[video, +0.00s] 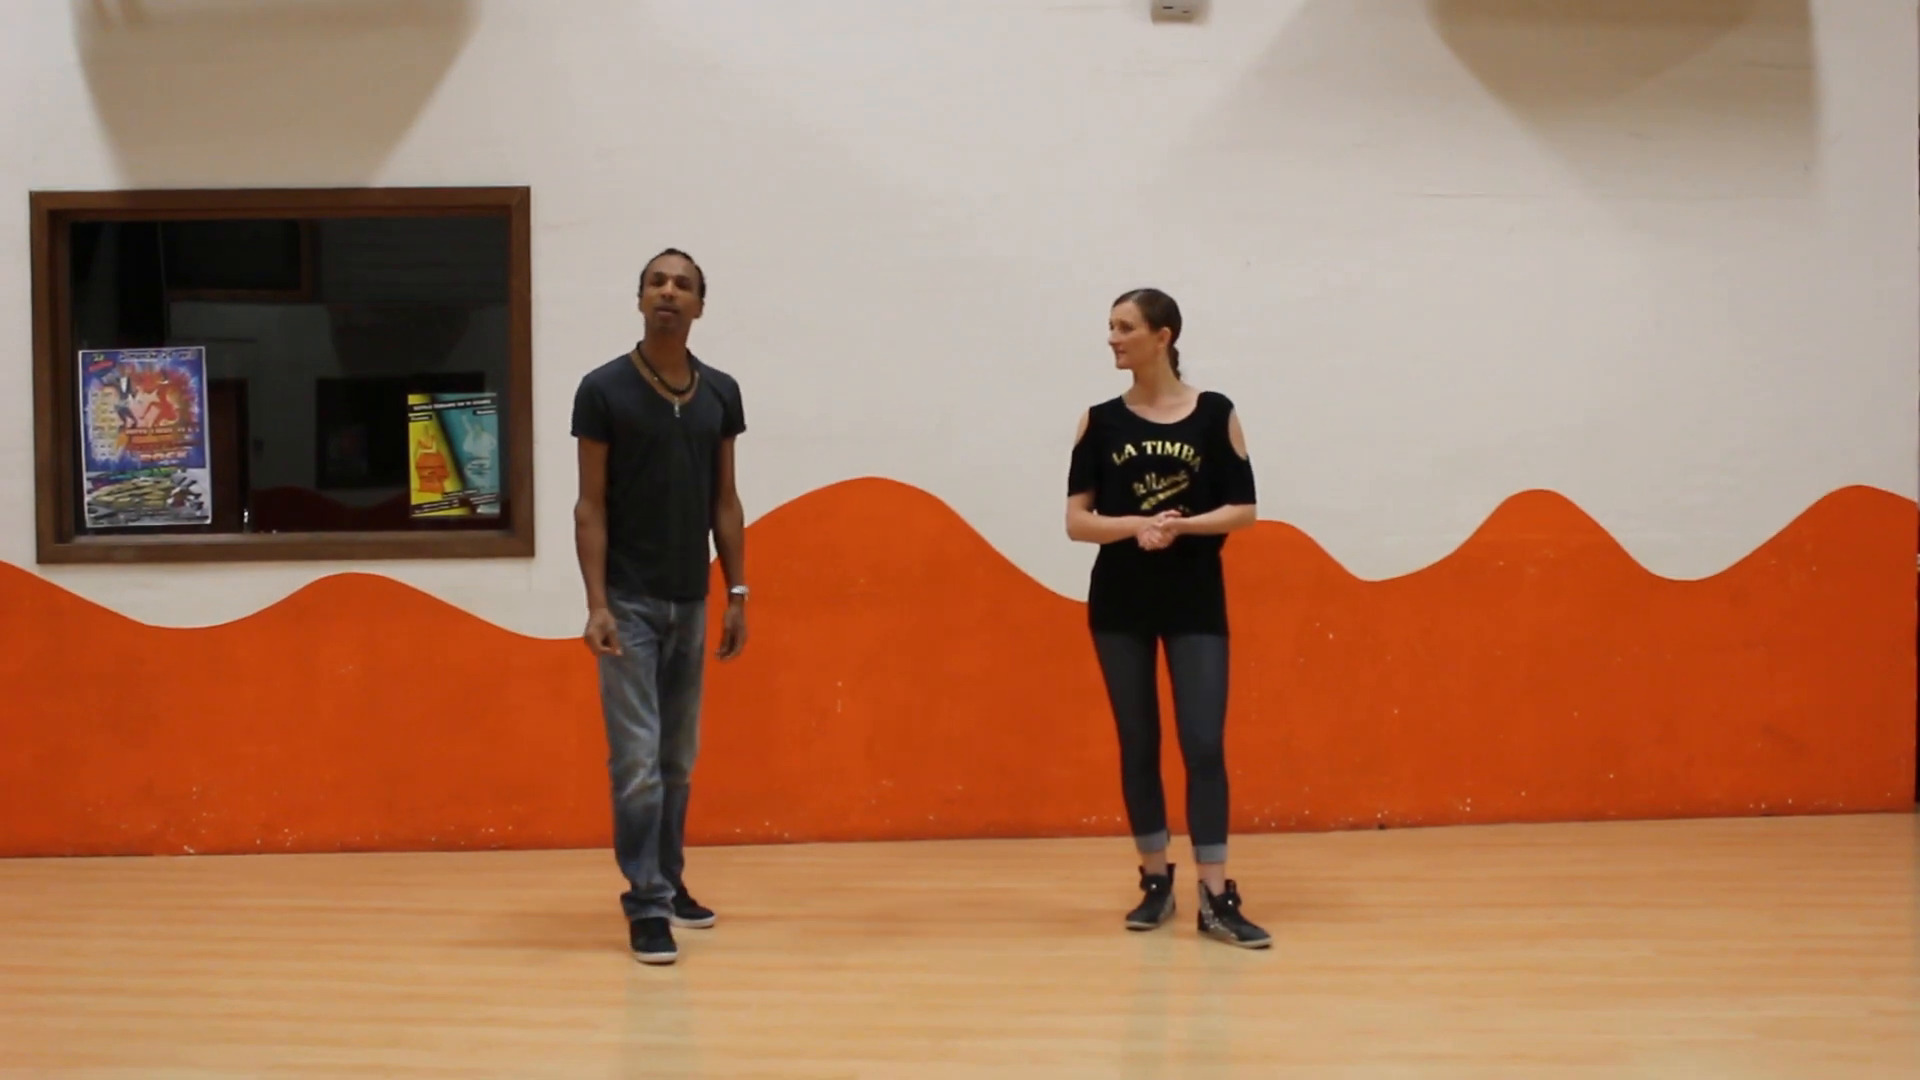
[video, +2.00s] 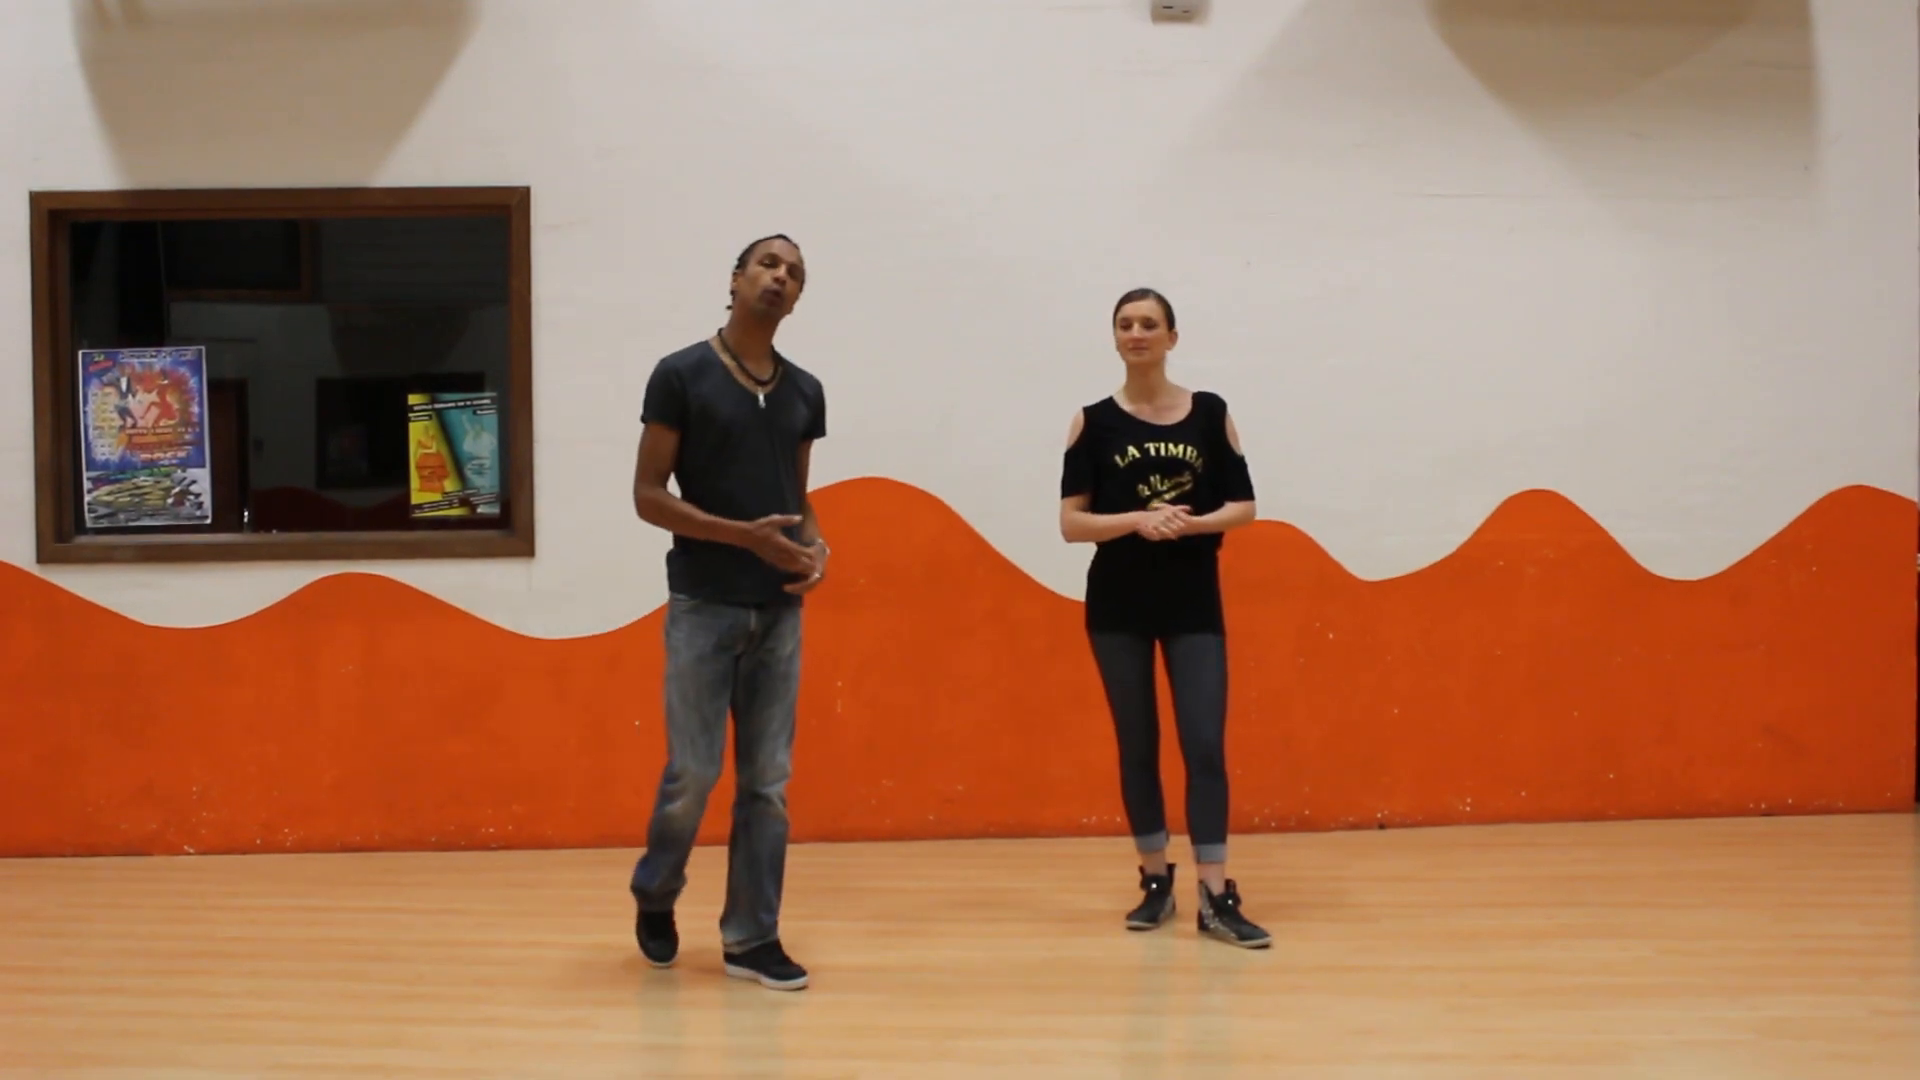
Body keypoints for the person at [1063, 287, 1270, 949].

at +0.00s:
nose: (1112, 339)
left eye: (1125, 328)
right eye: (1111, 329)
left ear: (1164, 334)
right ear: (1120, 339)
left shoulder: (1214, 412)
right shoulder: (1099, 421)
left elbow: (1243, 511)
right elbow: (1078, 521)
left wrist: (1183, 523)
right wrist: (1131, 527)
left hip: (1194, 600)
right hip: (1120, 601)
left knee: (1204, 746)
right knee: (1138, 745)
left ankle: (1216, 896)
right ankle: (1157, 882)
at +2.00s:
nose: (1136, 335)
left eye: (1148, 325)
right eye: (1126, 325)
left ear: (1172, 336)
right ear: (1113, 338)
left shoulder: (1208, 412)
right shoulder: (1092, 422)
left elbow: (1243, 506)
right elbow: (1072, 522)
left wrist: (1196, 522)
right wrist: (1134, 520)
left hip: (1192, 602)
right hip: (1118, 604)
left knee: (1204, 747)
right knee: (1138, 746)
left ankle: (1215, 896)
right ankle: (1157, 884)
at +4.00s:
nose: (1116, 327)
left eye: (1130, 318)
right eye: (1118, 317)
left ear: (1168, 332)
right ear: (1134, 331)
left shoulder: (1203, 411)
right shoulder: (1113, 415)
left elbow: (1232, 509)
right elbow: (1097, 499)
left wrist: (1145, 526)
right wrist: (1097, 519)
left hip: (1194, 598)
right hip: (1129, 598)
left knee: (1192, 740)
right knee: (1146, 742)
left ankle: (1214, 887)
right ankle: (1156, 884)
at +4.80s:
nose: (1161, 331)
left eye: (1173, 323)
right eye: (1163, 321)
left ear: (1212, 332)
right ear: (1198, 332)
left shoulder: (1227, 408)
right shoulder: (1187, 408)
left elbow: (1241, 512)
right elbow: (1197, 502)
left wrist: (1159, 524)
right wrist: (1155, 521)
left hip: (1238, 602)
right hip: (1199, 599)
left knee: (1238, 745)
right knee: (1177, 745)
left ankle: (1252, 888)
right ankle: (1158, 888)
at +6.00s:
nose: (1195, 337)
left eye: (1207, 325)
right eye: (1196, 325)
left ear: (1247, 330)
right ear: (1223, 331)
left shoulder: (1270, 414)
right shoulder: (1204, 413)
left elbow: (1278, 515)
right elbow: (1214, 505)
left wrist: (1192, 521)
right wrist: (1175, 518)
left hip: (1257, 605)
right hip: (1207, 600)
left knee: (1254, 745)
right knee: (1181, 745)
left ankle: (1253, 889)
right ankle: (1157, 890)